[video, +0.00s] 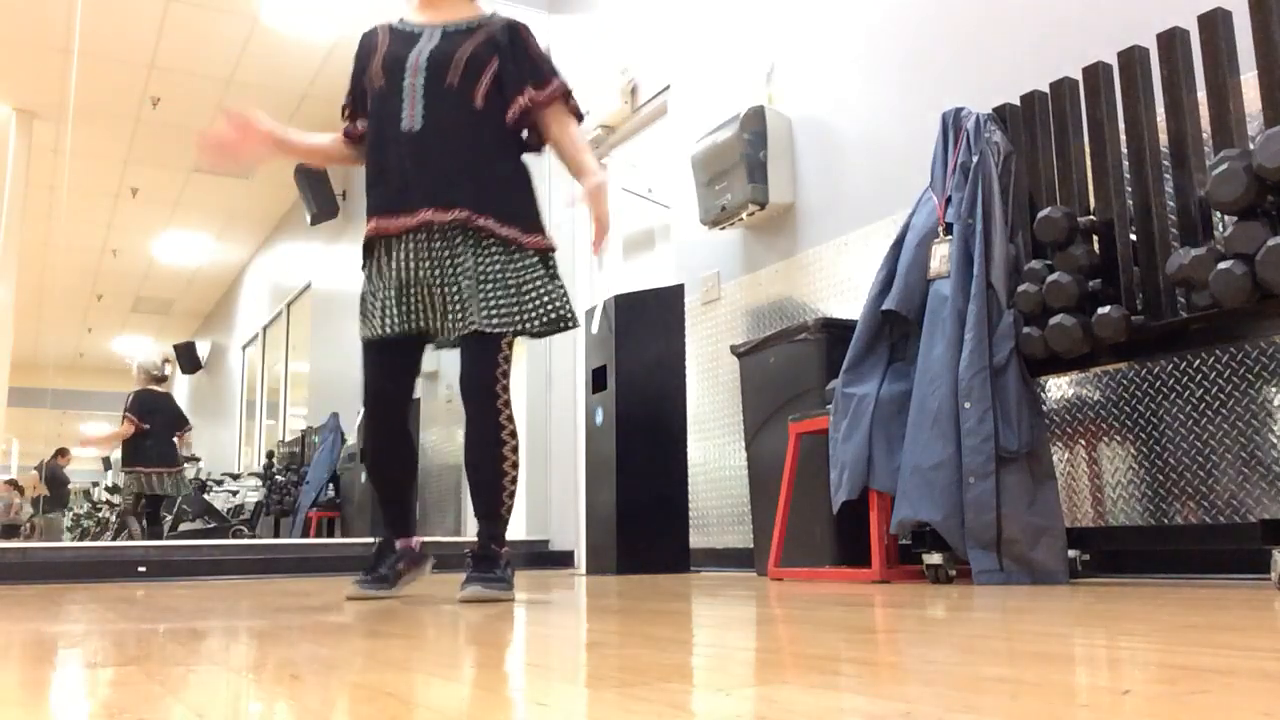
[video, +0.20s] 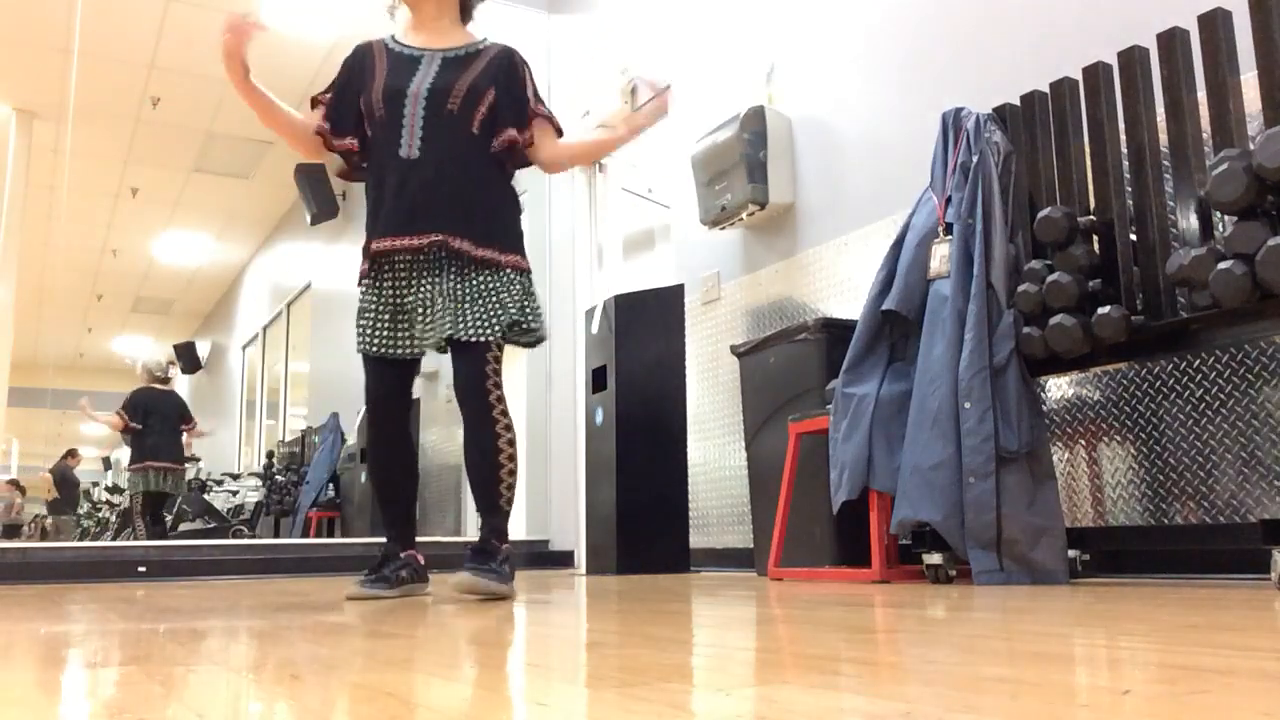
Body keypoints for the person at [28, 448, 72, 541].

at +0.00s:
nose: (68, 463)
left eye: (69, 460)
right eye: (68, 460)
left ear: (58, 457)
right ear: (60, 457)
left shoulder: (43, 465)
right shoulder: (55, 469)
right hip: (53, 511)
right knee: (54, 544)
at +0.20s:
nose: (78, 464)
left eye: (79, 461)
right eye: (77, 461)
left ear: (69, 458)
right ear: (70, 458)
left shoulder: (57, 467)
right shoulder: (65, 470)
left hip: (56, 512)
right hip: (65, 513)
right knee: (68, 543)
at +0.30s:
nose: (83, 464)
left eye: (83, 461)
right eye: (82, 460)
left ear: (74, 458)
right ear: (74, 458)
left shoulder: (72, 469)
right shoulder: (65, 468)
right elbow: (53, 481)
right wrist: (58, 496)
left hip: (72, 512)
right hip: (66, 513)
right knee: (66, 543)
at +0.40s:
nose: (88, 464)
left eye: (89, 461)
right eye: (87, 461)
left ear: (80, 459)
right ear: (80, 458)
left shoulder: (79, 469)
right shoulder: (69, 469)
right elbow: (63, 487)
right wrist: (70, 504)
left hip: (79, 509)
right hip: (71, 510)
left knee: (82, 535)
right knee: (72, 538)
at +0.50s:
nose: (92, 464)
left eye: (93, 462)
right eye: (91, 461)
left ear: (85, 459)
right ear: (84, 459)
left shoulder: (82, 469)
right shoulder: (72, 469)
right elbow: (69, 489)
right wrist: (76, 506)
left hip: (82, 508)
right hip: (71, 509)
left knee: (89, 535)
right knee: (72, 537)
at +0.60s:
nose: (97, 467)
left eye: (98, 464)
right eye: (97, 464)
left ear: (90, 460)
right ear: (89, 460)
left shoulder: (91, 471)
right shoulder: (78, 471)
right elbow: (75, 491)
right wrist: (82, 508)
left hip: (88, 510)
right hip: (74, 511)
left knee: (90, 539)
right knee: (71, 540)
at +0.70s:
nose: (102, 468)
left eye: (103, 465)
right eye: (102, 464)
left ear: (96, 462)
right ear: (94, 462)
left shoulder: (98, 473)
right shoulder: (80, 472)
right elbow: (75, 492)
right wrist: (84, 509)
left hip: (91, 512)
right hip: (76, 511)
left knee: (92, 540)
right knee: (72, 539)